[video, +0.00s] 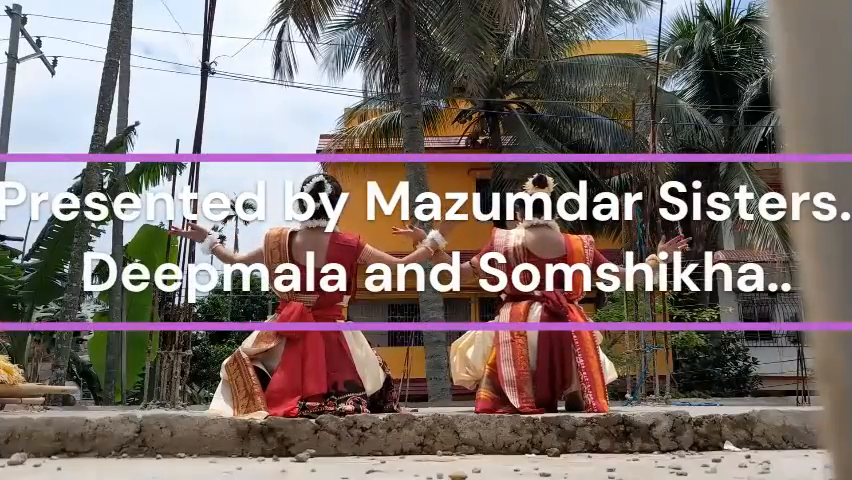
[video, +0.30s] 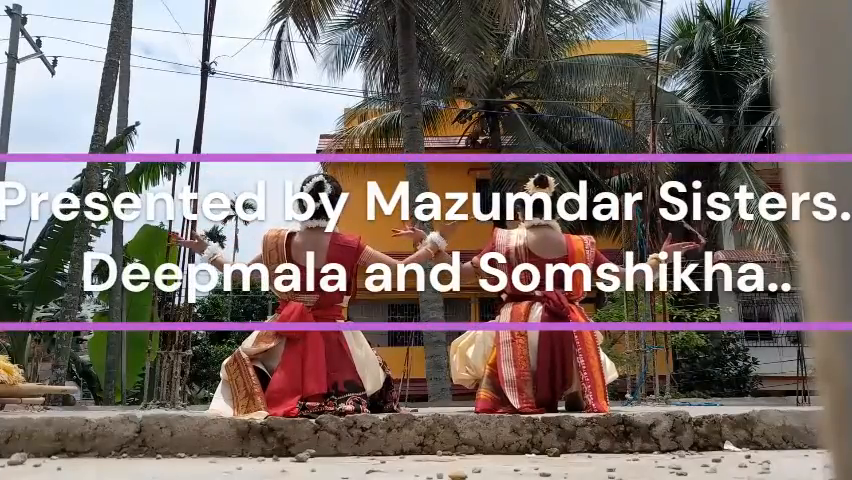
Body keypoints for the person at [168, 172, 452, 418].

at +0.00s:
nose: (333, 209)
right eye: (335, 203)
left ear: (300, 205)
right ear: (335, 206)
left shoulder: (277, 241)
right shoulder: (348, 245)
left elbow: (234, 259)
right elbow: (400, 264)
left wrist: (205, 237)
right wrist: (430, 247)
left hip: (288, 345)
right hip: (335, 345)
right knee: (379, 387)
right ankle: (343, 401)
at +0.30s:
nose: (337, 208)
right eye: (337, 203)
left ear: (299, 204)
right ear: (335, 206)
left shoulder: (276, 242)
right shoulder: (348, 245)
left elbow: (240, 274)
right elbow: (400, 268)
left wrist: (206, 249)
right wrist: (430, 248)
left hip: (287, 350)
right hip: (336, 350)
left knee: (240, 363)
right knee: (377, 386)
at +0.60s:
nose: (339, 206)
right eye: (339, 201)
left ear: (300, 203)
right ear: (337, 206)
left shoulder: (274, 244)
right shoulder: (348, 248)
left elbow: (249, 281)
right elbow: (402, 266)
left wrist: (201, 256)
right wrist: (432, 247)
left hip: (288, 349)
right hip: (335, 348)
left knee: (239, 363)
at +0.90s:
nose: (336, 206)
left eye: (316, 200)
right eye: (337, 201)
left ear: (300, 203)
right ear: (336, 206)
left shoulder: (275, 244)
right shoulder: (348, 247)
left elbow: (251, 280)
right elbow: (400, 267)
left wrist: (202, 257)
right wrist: (430, 249)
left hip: (289, 347)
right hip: (336, 345)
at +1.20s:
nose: (334, 207)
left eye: (315, 200)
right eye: (336, 201)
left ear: (300, 203)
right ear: (337, 206)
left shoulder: (275, 244)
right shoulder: (348, 248)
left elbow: (247, 281)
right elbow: (402, 267)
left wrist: (200, 256)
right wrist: (431, 248)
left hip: (288, 350)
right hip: (336, 350)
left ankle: (290, 392)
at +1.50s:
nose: (335, 207)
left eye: (315, 202)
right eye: (337, 202)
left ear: (300, 205)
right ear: (337, 206)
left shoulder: (275, 245)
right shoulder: (349, 247)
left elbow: (238, 278)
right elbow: (403, 263)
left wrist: (198, 253)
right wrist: (434, 245)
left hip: (287, 343)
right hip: (334, 343)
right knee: (375, 389)